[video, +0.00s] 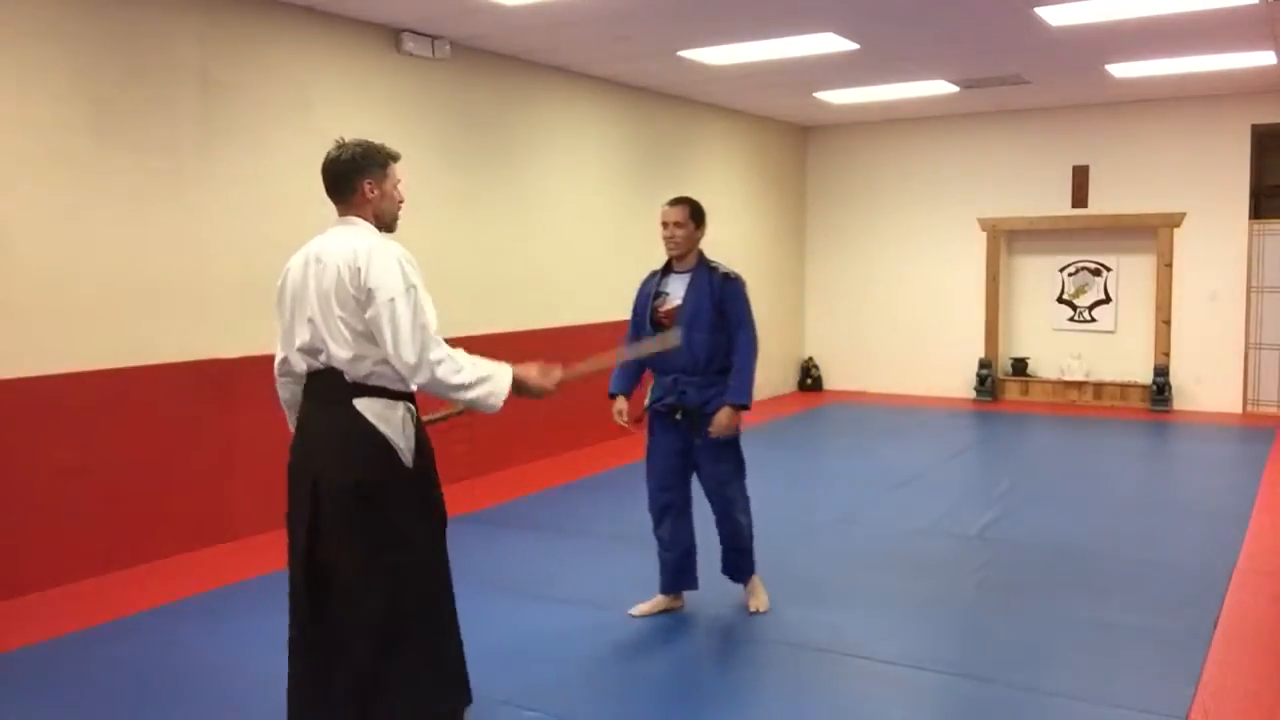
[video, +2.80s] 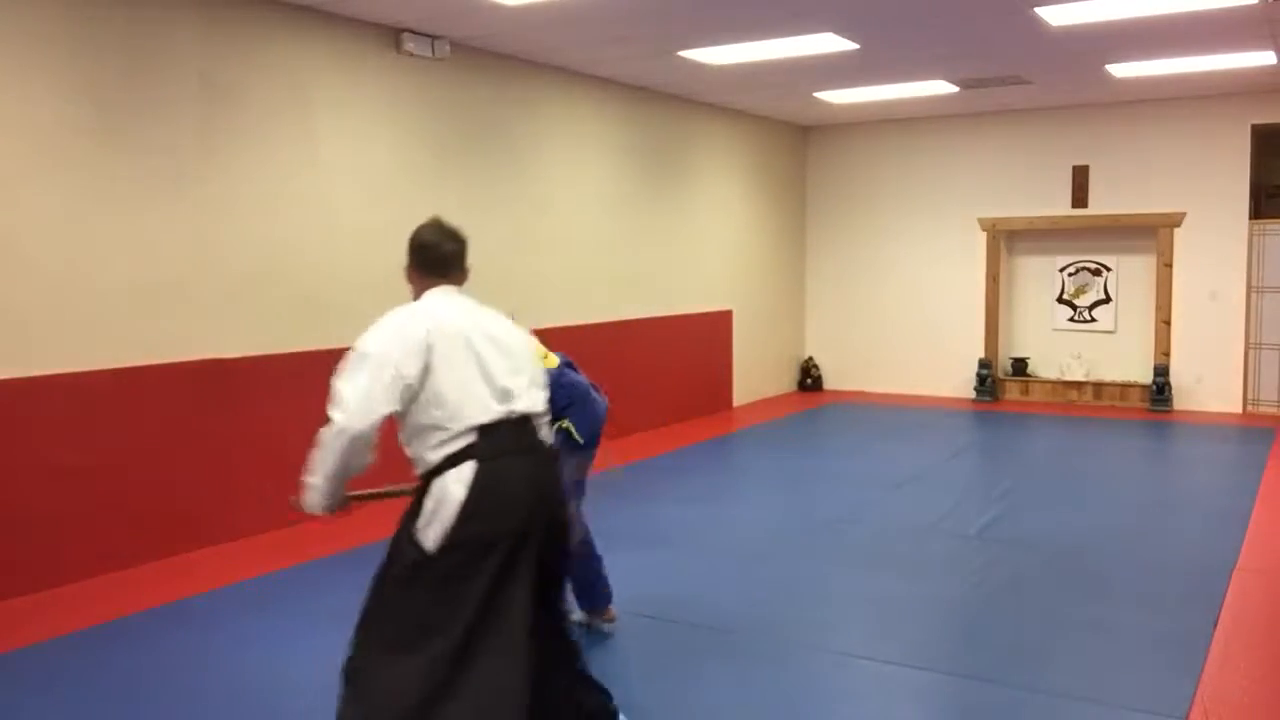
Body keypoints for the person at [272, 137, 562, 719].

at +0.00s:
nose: (402, 194)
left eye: (399, 183)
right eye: (395, 184)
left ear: (348, 194)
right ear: (368, 190)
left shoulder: (299, 264)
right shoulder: (380, 256)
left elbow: (289, 371)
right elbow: (421, 357)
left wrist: (312, 432)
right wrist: (511, 377)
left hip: (316, 433)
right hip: (377, 431)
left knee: (326, 589)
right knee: (402, 584)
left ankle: (329, 709)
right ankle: (414, 706)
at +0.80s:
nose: (404, 202)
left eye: (401, 192)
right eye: (395, 193)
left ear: (353, 202)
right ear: (369, 200)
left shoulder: (304, 262)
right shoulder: (373, 265)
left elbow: (286, 354)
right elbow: (400, 368)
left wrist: (321, 400)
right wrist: (451, 446)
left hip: (309, 426)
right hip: (361, 429)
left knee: (322, 567)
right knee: (389, 568)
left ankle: (316, 693)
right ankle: (391, 700)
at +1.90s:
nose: (389, 223)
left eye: (388, 212)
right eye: (386, 214)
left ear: (333, 220)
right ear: (368, 219)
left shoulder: (294, 280)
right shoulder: (376, 287)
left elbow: (281, 367)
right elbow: (417, 388)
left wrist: (343, 375)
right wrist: (474, 407)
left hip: (304, 430)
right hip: (365, 435)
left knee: (321, 565)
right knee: (424, 561)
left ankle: (313, 703)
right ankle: (401, 701)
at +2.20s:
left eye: (354, 212)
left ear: (349, 218)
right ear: (405, 214)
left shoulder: (328, 289)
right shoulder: (451, 279)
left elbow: (291, 390)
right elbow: (482, 356)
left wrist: (289, 430)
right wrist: (429, 344)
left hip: (364, 444)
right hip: (444, 440)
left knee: (346, 580)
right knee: (449, 586)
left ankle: (323, 696)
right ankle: (456, 706)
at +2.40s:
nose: (357, 217)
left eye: (356, 211)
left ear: (356, 214)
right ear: (413, 213)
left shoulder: (347, 267)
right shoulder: (457, 269)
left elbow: (330, 341)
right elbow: (467, 341)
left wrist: (275, 417)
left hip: (392, 441)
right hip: (470, 433)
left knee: (354, 593)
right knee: (474, 588)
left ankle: (364, 705)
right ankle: (476, 705)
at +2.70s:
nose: (388, 282)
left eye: (388, 274)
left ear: (389, 278)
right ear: (443, 278)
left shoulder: (384, 325)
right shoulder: (477, 330)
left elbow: (328, 405)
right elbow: (505, 412)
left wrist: (274, 471)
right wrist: (417, 476)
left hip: (447, 480)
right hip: (517, 474)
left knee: (379, 619)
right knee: (501, 617)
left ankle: (367, 705)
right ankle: (505, 706)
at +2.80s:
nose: (409, 276)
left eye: (409, 269)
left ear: (410, 272)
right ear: (463, 270)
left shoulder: (401, 329)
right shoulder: (504, 326)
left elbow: (352, 421)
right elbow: (539, 406)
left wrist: (323, 490)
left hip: (470, 482)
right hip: (537, 471)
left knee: (395, 623)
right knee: (534, 612)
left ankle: (375, 708)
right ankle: (580, 708)